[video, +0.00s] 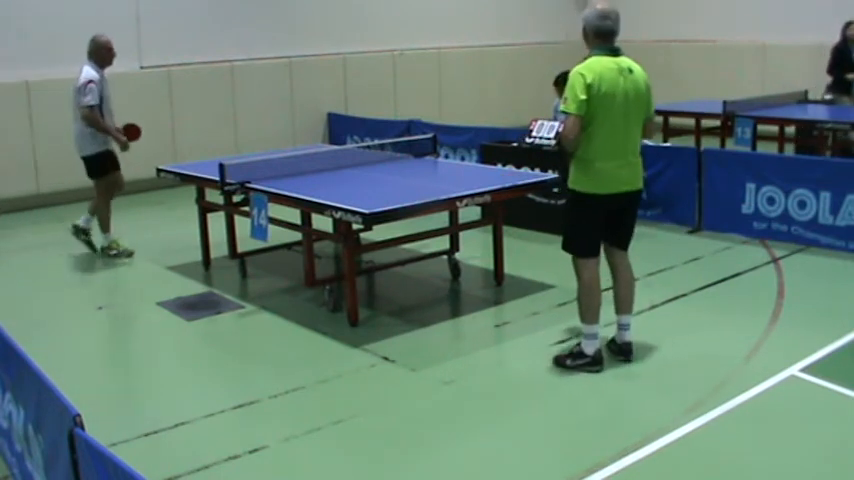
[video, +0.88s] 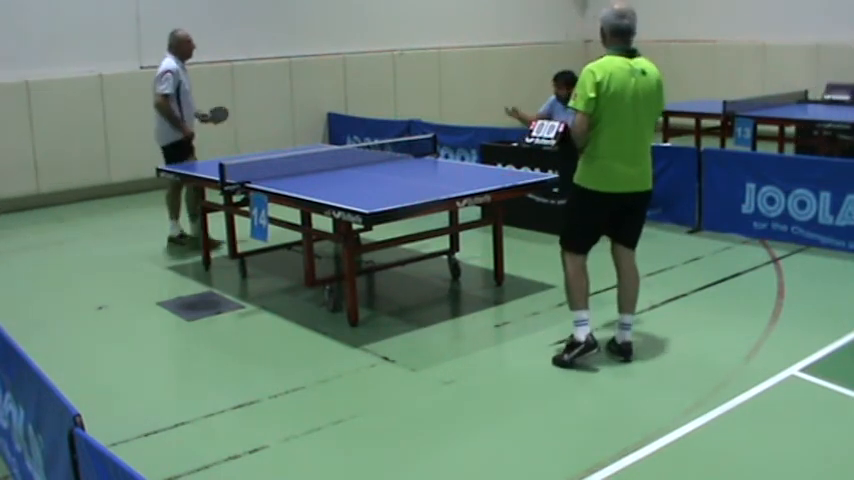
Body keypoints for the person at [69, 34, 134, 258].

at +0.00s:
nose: (113, 54)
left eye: (112, 50)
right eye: (109, 50)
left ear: (100, 53)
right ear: (97, 53)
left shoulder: (97, 75)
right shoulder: (90, 79)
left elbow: (99, 113)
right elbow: (89, 114)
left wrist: (117, 130)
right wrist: (116, 136)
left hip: (99, 143)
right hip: (92, 145)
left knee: (114, 184)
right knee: (105, 189)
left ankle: (84, 224)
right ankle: (108, 241)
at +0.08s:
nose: (120, 53)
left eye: (119, 49)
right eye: (115, 49)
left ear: (104, 52)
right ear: (104, 52)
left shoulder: (103, 74)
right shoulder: (97, 78)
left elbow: (104, 113)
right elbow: (97, 113)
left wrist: (126, 130)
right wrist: (125, 132)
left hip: (108, 144)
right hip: (100, 146)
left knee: (126, 183)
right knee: (111, 189)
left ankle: (104, 227)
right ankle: (108, 239)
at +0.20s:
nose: (130, 53)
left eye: (129, 48)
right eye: (126, 49)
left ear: (115, 52)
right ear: (113, 52)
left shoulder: (115, 75)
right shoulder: (108, 77)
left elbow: (116, 115)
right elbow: (107, 113)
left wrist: (139, 127)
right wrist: (138, 133)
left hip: (122, 143)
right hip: (109, 146)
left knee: (139, 182)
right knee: (114, 190)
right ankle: (108, 241)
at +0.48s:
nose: (160, 50)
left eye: (158, 46)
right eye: (156, 47)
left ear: (144, 50)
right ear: (144, 50)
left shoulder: (145, 73)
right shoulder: (136, 75)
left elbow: (149, 108)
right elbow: (130, 109)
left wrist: (168, 123)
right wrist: (151, 140)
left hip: (149, 144)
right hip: (138, 146)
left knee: (161, 186)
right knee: (140, 188)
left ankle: (175, 233)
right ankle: (113, 236)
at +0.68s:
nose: (178, 48)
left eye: (177, 44)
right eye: (174, 44)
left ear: (165, 48)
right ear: (162, 47)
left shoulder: (164, 69)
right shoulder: (152, 70)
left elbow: (169, 104)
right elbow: (144, 103)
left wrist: (188, 120)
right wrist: (166, 131)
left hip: (166, 137)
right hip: (156, 139)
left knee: (169, 184)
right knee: (174, 181)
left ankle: (175, 231)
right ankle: (144, 224)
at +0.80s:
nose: (187, 46)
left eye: (185, 42)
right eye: (183, 42)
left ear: (172, 46)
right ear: (171, 46)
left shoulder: (172, 67)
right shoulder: (162, 69)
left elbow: (176, 103)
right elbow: (155, 102)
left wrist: (196, 116)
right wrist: (176, 129)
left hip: (173, 135)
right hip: (167, 136)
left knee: (174, 180)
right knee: (188, 177)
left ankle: (174, 227)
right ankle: (174, 227)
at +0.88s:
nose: (193, 46)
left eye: (192, 42)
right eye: (189, 43)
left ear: (179, 46)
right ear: (177, 46)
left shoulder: (178, 68)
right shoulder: (170, 69)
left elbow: (180, 102)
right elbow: (162, 103)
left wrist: (199, 115)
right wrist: (183, 128)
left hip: (179, 135)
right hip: (174, 137)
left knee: (177, 182)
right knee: (194, 181)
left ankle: (175, 230)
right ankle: (199, 232)